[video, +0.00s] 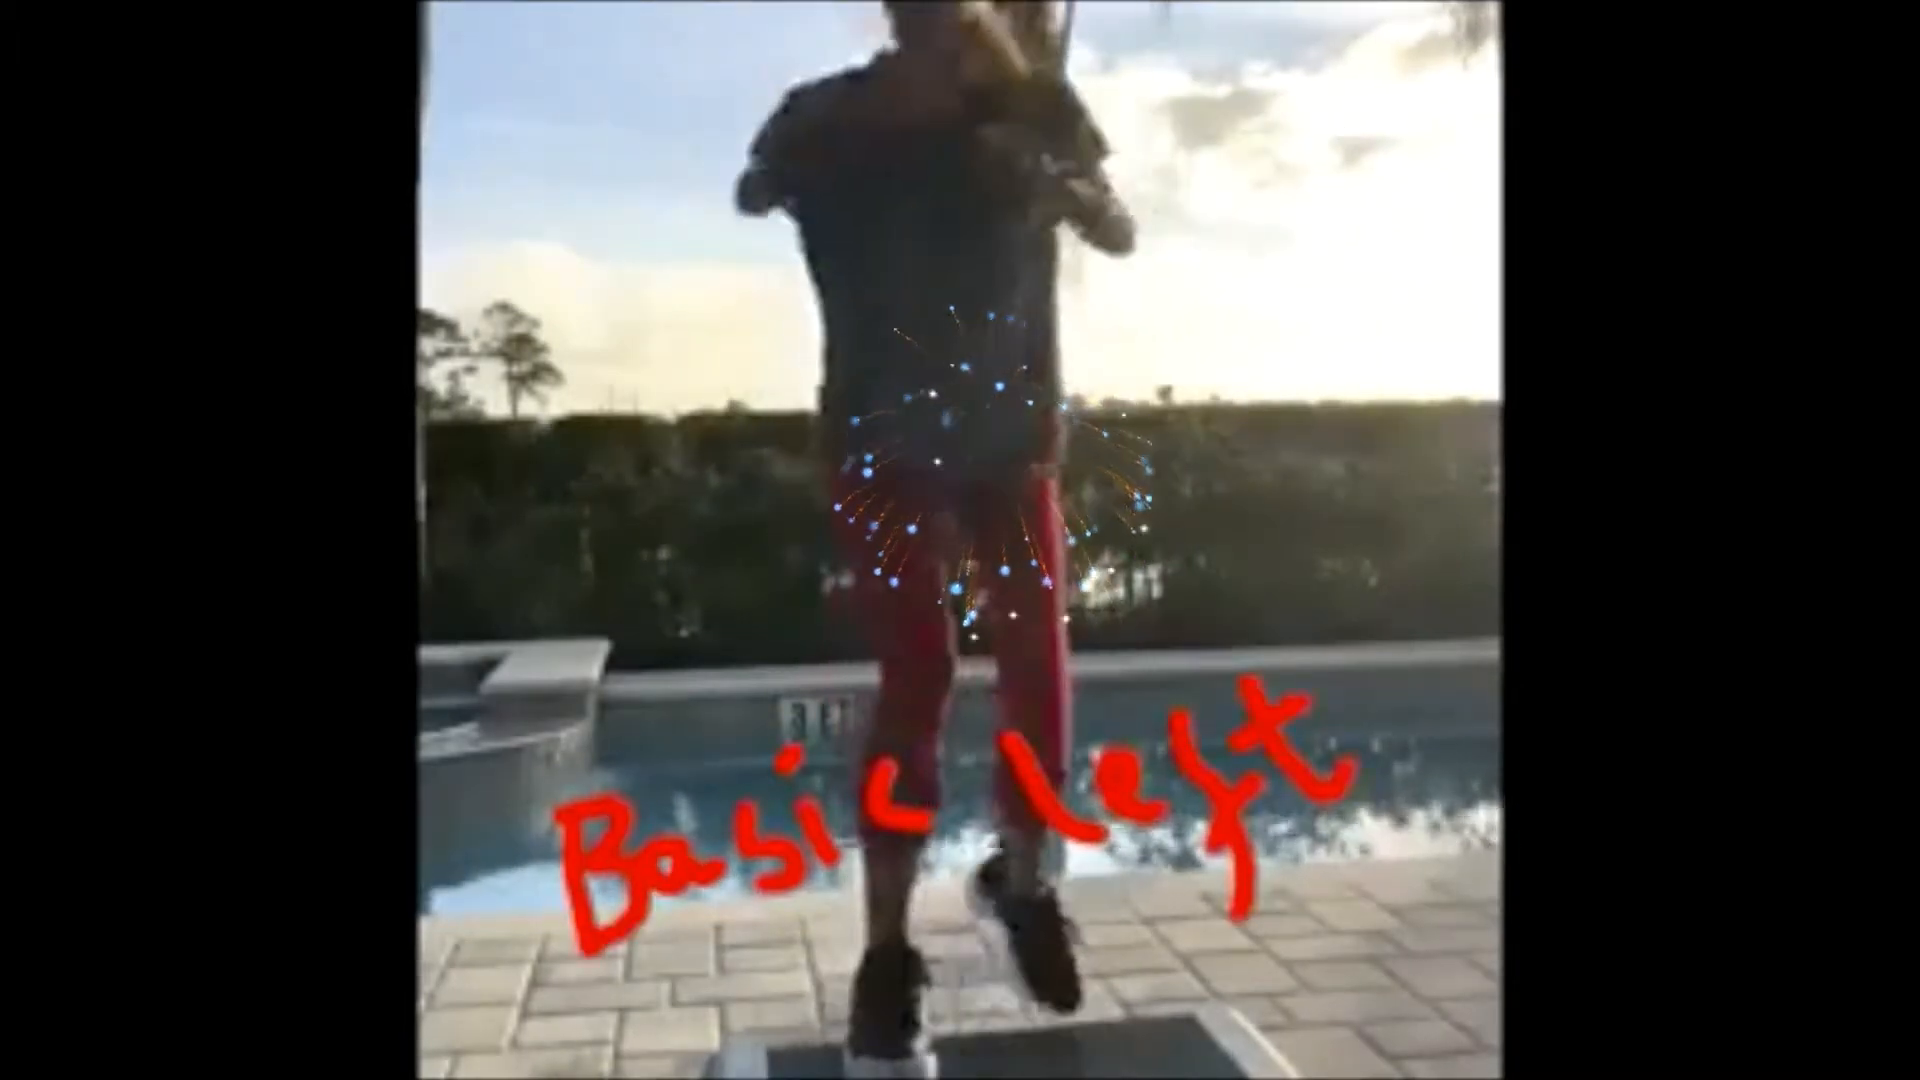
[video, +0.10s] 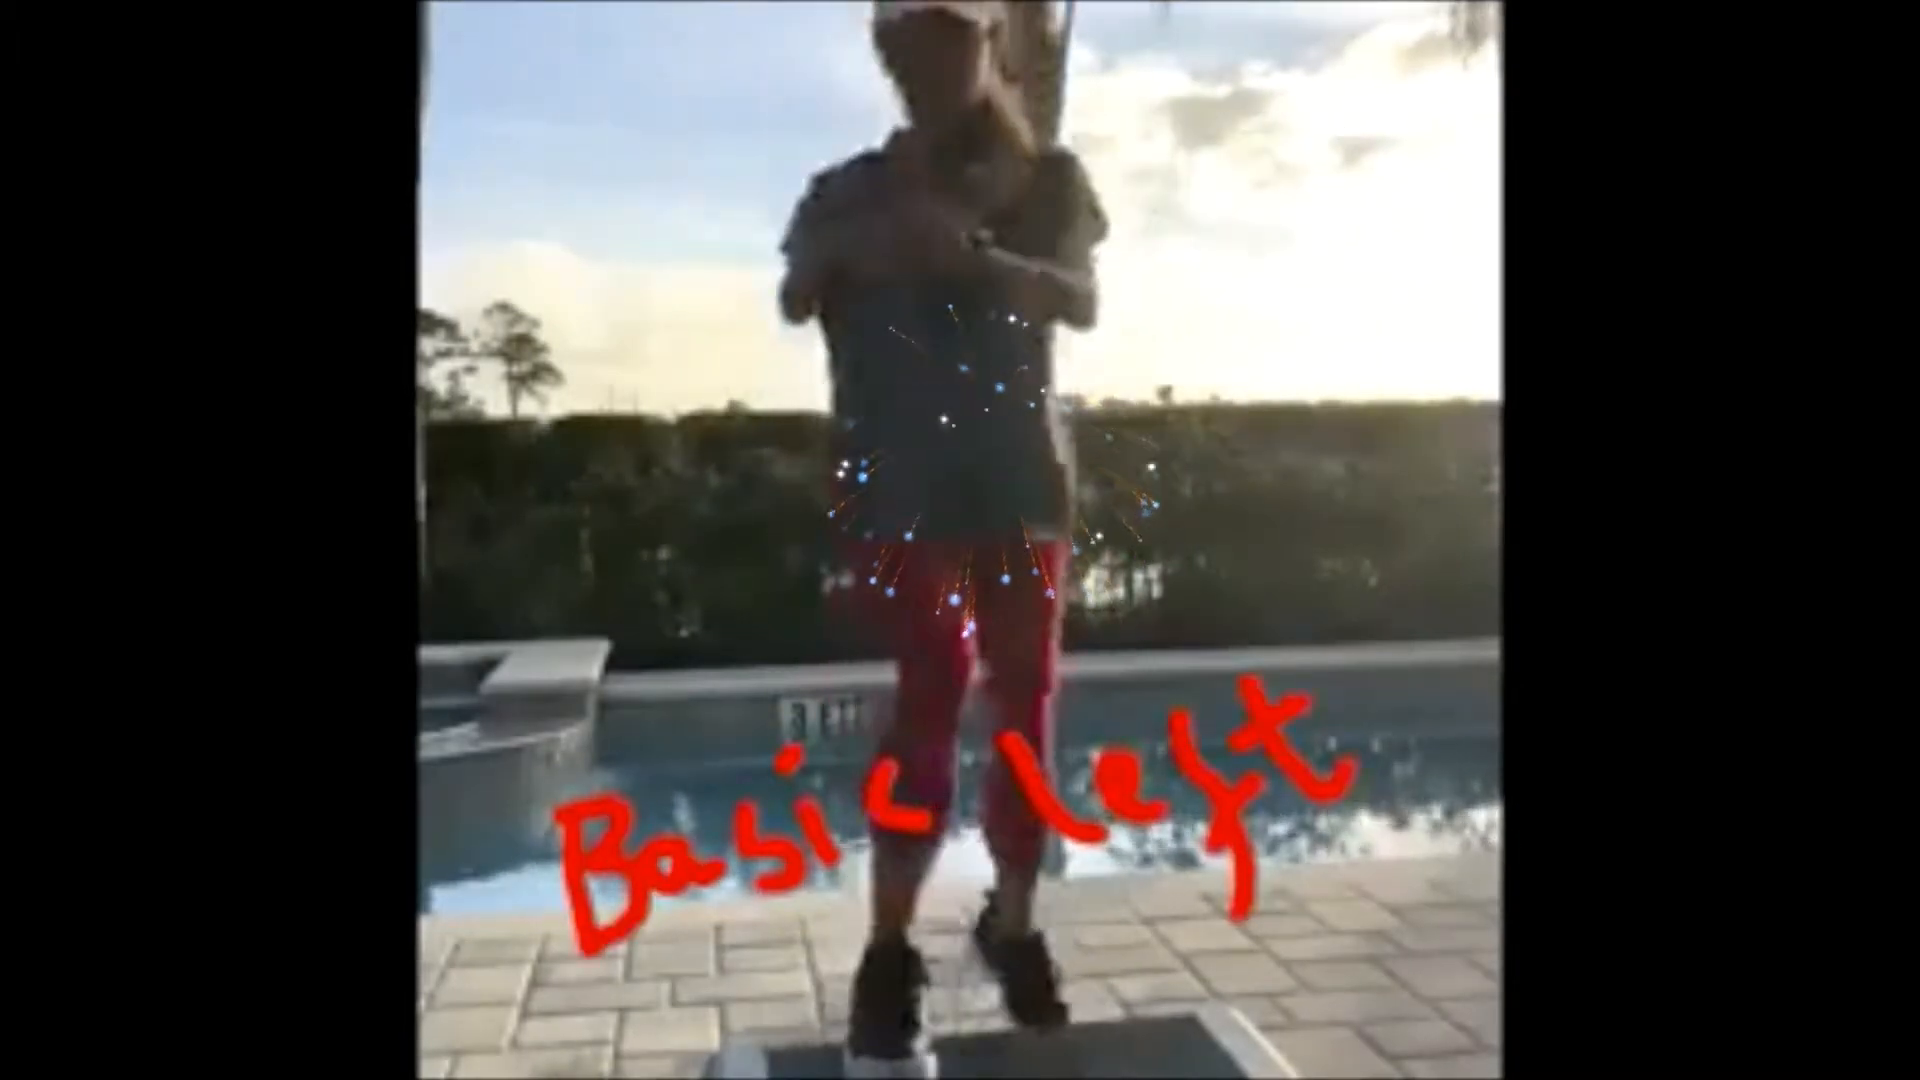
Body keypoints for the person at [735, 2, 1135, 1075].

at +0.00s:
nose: (947, 26)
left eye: (961, 15)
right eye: (929, 15)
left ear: (984, 17)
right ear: (898, 17)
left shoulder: (1035, 104)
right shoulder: (822, 114)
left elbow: (1119, 234)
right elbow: (755, 200)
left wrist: (1059, 184)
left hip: (1012, 439)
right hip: (883, 444)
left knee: (1037, 669)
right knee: (915, 679)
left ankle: (1023, 872)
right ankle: (887, 952)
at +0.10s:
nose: (932, 54)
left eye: (951, 35)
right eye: (913, 37)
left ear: (988, 48)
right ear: (890, 57)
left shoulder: (1046, 174)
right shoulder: (842, 190)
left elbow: (1077, 298)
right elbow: (795, 303)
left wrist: (966, 253)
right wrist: (869, 236)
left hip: (1019, 475)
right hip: (894, 479)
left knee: (1027, 703)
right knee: (931, 691)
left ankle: (1013, 923)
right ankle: (888, 951)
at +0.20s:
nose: (943, 131)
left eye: (963, 111)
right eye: (925, 112)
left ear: (1002, 115)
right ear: (901, 121)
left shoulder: (1058, 250)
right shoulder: (865, 257)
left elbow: (1076, 397)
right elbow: (821, 400)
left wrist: (958, 395)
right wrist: (917, 371)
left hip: (1028, 533)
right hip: (909, 530)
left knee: (1021, 746)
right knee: (925, 727)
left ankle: (999, 951)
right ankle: (889, 946)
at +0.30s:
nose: (948, 130)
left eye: (968, 111)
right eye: (931, 110)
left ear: (1005, 118)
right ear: (905, 119)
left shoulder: (1059, 251)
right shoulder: (864, 254)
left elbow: (1116, 396)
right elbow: (839, 401)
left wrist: (1063, 478)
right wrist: (849, 495)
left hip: (1029, 510)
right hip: (911, 508)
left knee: (1021, 730)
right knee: (913, 706)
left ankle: (995, 941)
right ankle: (898, 913)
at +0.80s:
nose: (896, 90)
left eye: (917, 69)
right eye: (877, 71)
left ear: (954, 79)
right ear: (853, 83)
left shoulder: (1004, 219)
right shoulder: (814, 227)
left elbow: (1030, 405)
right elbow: (769, 402)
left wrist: (956, 459)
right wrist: (864, 417)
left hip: (990, 499)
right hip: (873, 507)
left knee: (982, 690)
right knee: (886, 731)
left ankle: (1007, 867)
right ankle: (896, 964)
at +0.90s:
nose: (899, 85)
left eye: (921, 63)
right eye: (879, 64)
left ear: (955, 75)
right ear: (852, 76)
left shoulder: (1008, 209)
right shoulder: (810, 206)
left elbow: (1010, 336)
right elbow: (785, 320)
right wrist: (941, 278)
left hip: (998, 487)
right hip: (877, 498)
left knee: (995, 626)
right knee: (890, 724)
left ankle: (1021, 885)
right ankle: (897, 964)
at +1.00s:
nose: (926, 45)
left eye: (944, 26)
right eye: (903, 26)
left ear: (973, 40)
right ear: (866, 42)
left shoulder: (1012, 161)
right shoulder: (817, 170)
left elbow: (1040, 240)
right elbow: (788, 239)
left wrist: (908, 183)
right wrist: (920, 164)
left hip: (1009, 463)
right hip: (878, 469)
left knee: (1007, 664)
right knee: (892, 708)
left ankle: (1021, 960)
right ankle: (893, 956)